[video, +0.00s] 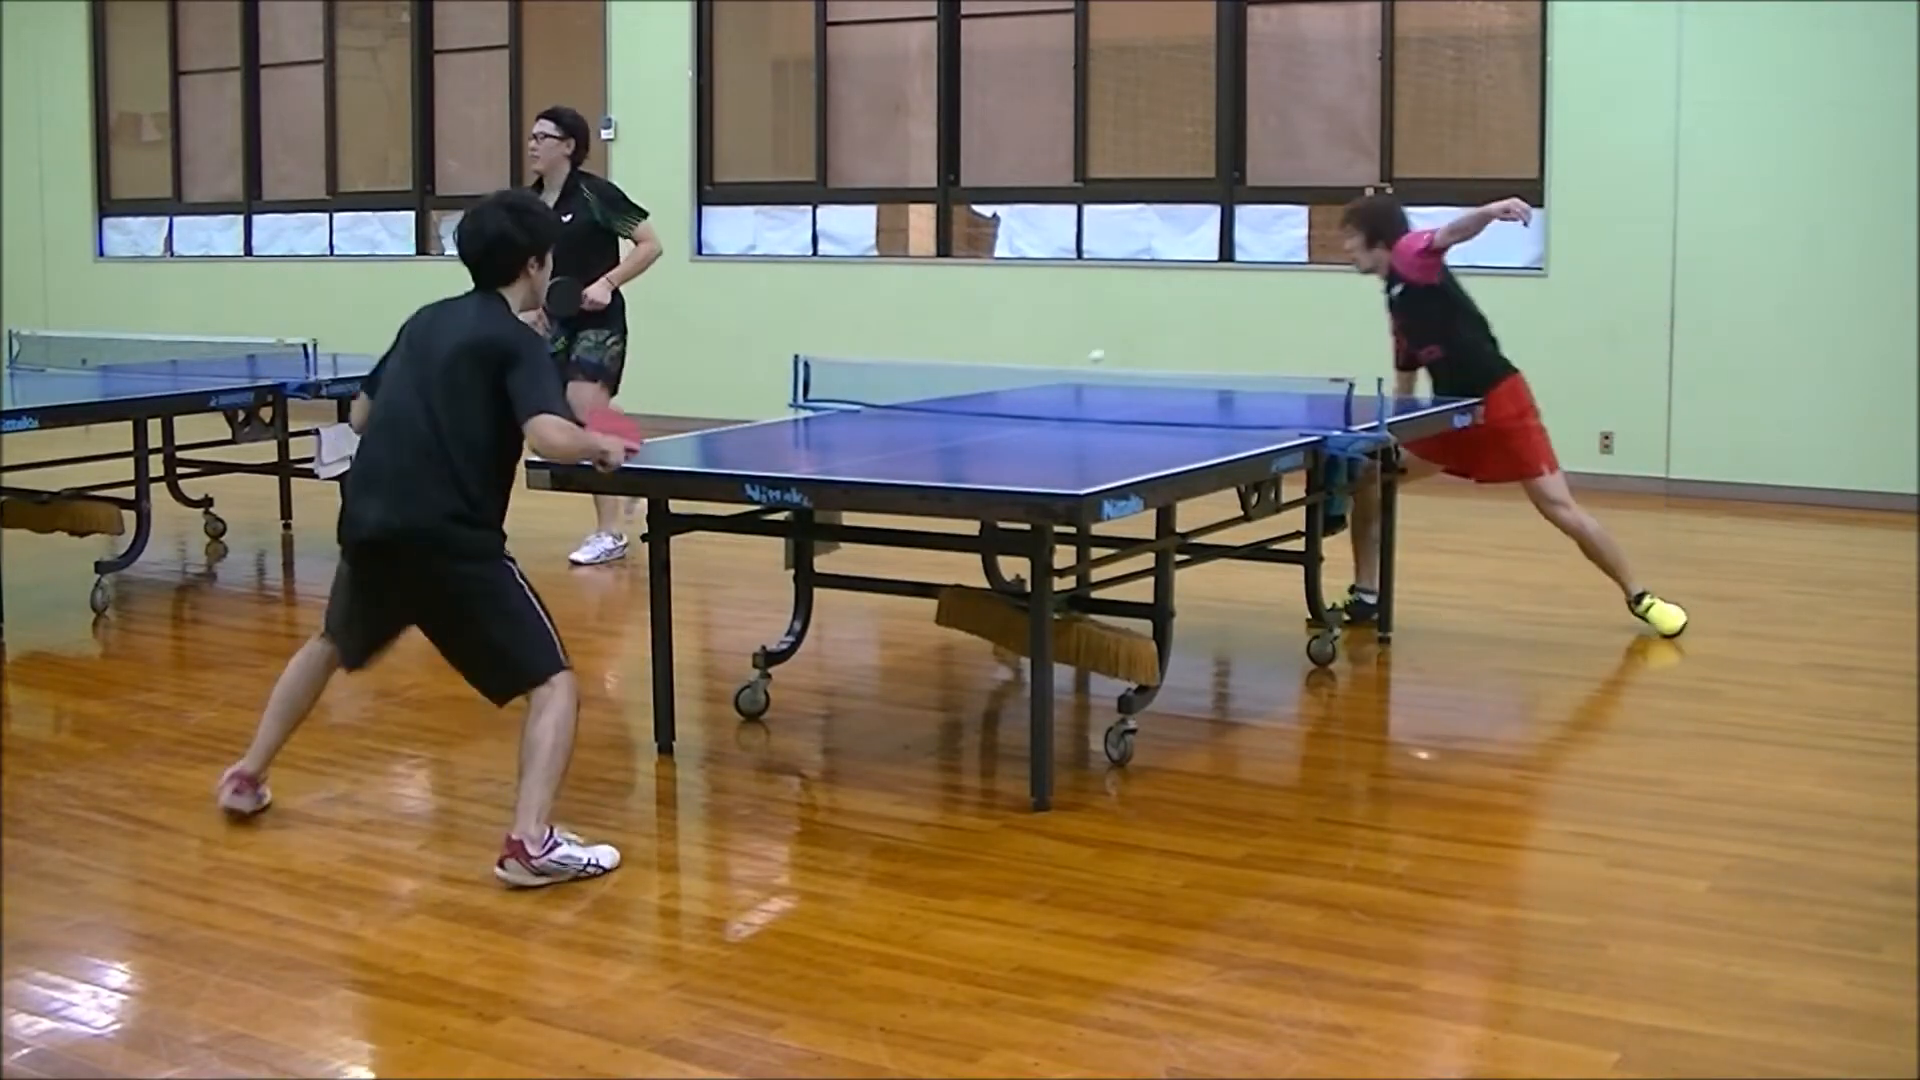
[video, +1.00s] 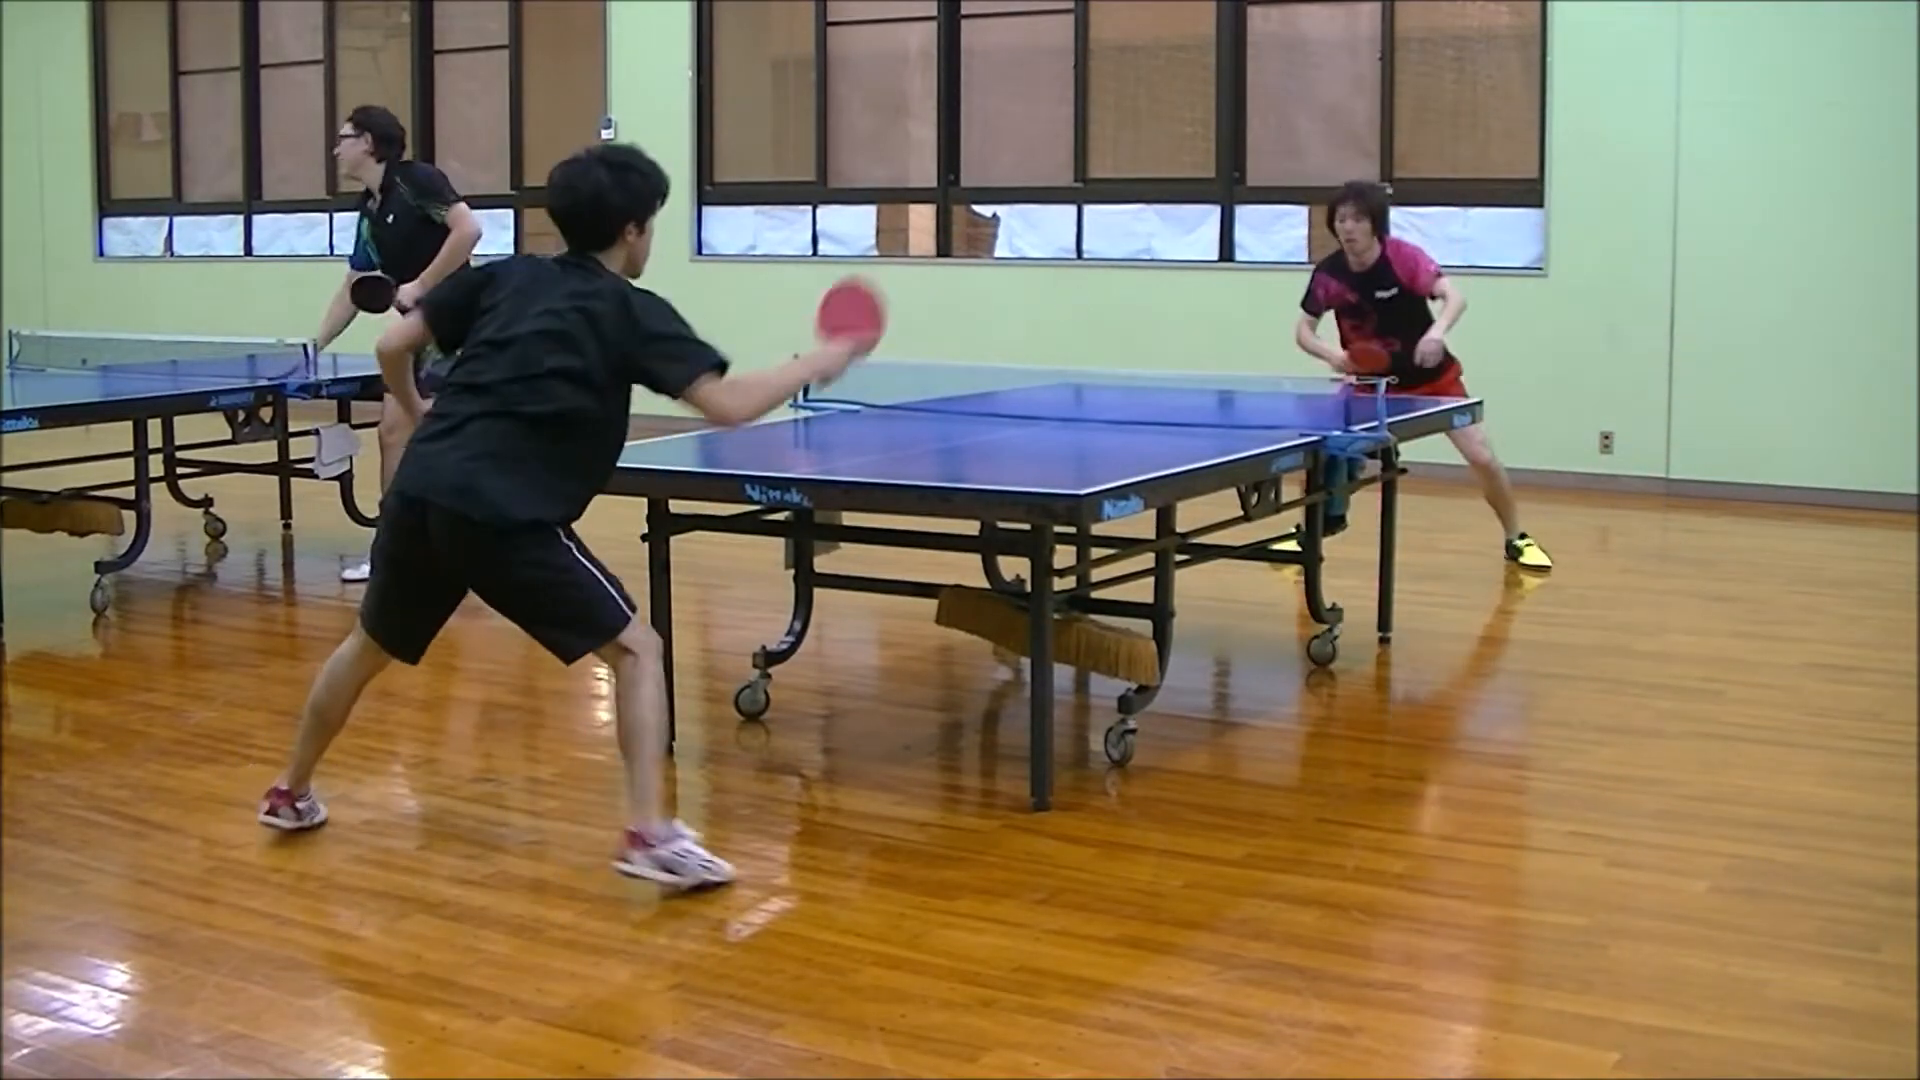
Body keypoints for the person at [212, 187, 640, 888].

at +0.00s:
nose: (551, 273)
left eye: (548, 260)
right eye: (547, 261)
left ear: (477, 262)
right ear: (529, 266)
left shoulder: (423, 323)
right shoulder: (519, 342)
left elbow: (363, 415)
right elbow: (549, 439)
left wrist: (434, 431)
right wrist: (596, 446)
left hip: (371, 531)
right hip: (454, 537)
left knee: (328, 644)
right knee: (553, 683)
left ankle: (246, 774)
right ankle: (531, 840)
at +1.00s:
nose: (653, 237)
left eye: (650, 222)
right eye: (650, 224)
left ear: (563, 223)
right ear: (629, 233)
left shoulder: (499, 277)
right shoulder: (629, 310)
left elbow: (389, 343)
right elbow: (728, 404)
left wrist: (416, 413)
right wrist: (820, 360)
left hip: (421, 494)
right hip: (509, 513)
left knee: (366, 643)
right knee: (636, 646)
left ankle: (288, 792)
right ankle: (650, 834)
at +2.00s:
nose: (584, 303)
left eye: (581, 290)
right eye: (580, 292)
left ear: (494, 296)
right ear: (554, 304)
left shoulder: (429, 344)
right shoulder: (561, 393)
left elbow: (317, 384)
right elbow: (671, 462)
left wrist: (382, 322)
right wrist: (809, 471)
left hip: (324, 570)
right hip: (411, 594)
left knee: (369, 618)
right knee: (584, 703)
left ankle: (294, 776)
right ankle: (575, 904)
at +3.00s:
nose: (435, 277)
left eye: (434, 261)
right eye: (431, 262)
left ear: (362, 265)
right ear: (404, 271)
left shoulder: (330, 327)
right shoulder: (362, 359)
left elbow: (353, 409)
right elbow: (399, 503)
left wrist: (446, 415)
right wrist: (512, 488)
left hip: (249, 553)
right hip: (296, 571)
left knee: (287, 673)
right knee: (449, 690)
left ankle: (192, 806)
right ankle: (440, 893)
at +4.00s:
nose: (492, 218)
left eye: (491, 206)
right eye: (490, 207)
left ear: (412, 207)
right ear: (474, 215)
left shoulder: (365, 278)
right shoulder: (497, 291)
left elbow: (273, 337)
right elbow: (516, 424)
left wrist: (216, 452)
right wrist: (491, 448)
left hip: (371, 500)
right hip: (453, 505)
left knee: (450, 624)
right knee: (496, 680)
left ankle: (465, 783)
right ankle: (453, 812)